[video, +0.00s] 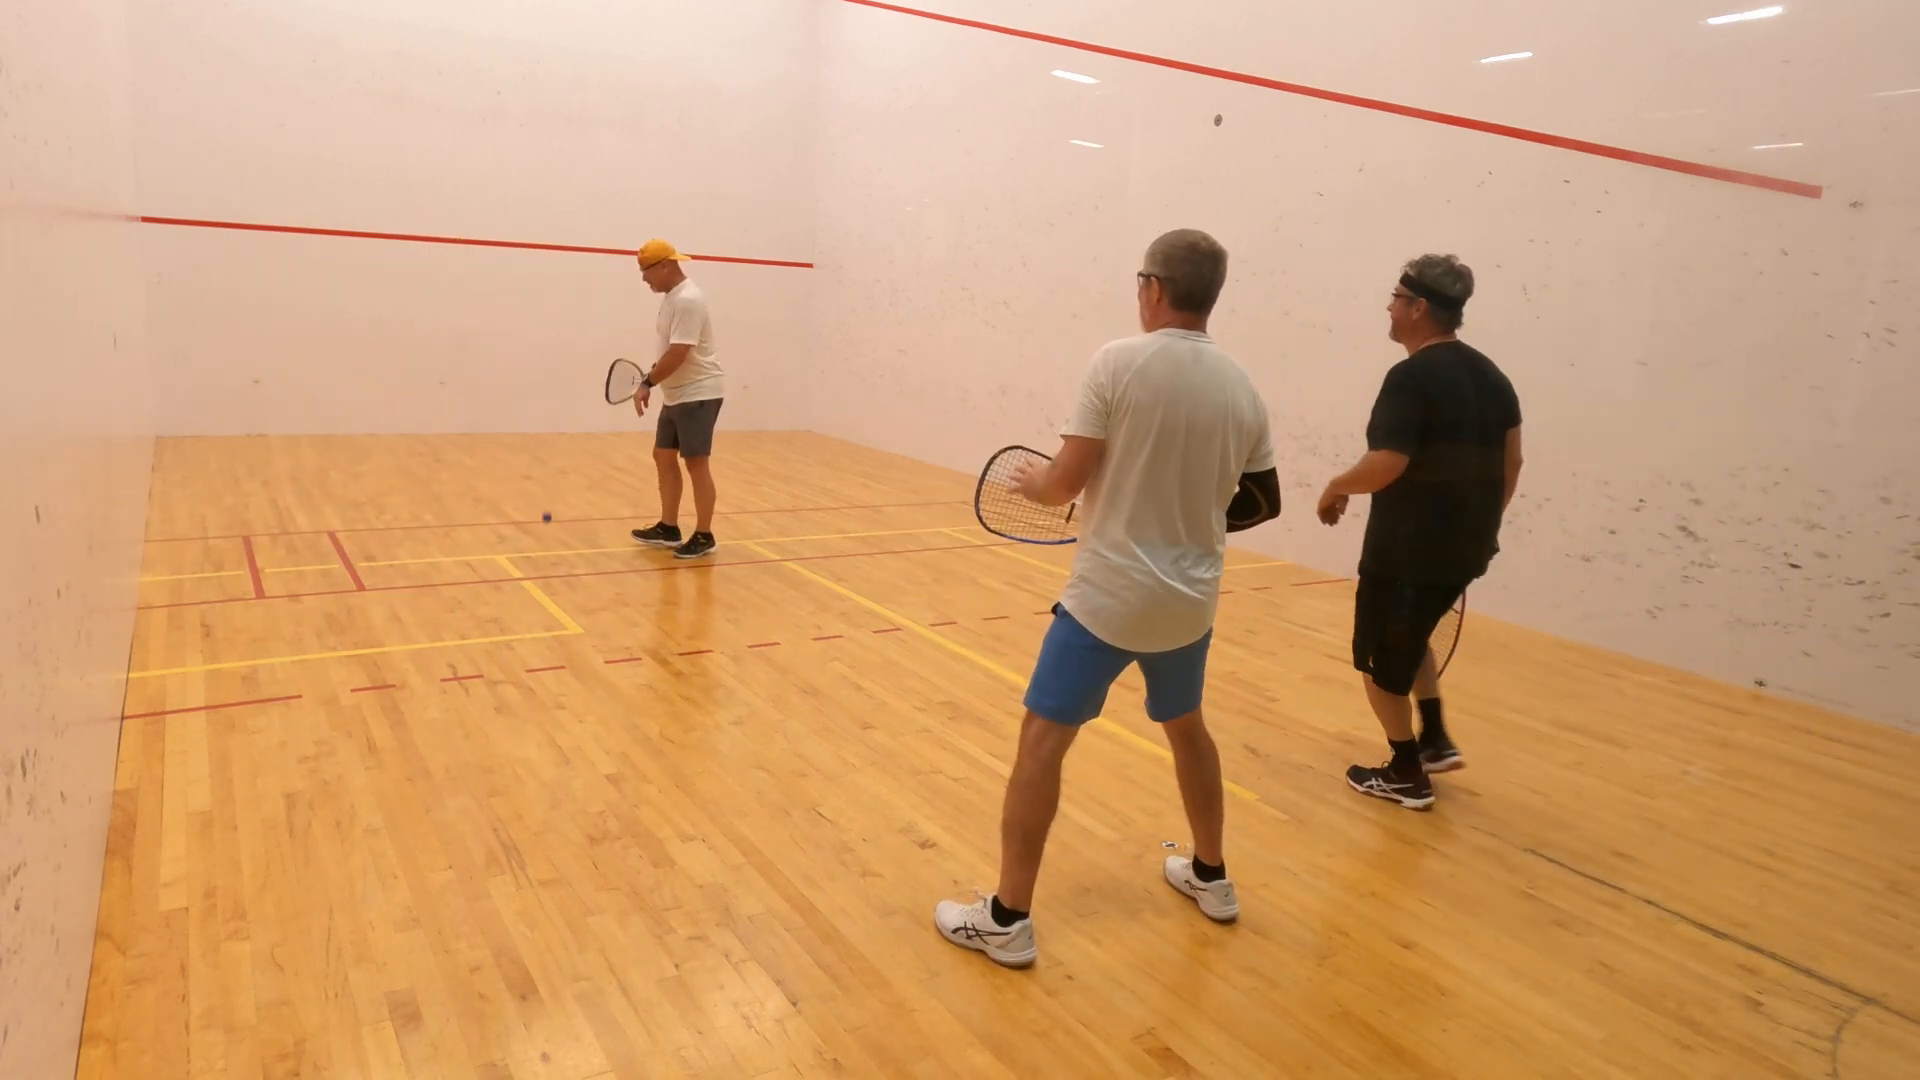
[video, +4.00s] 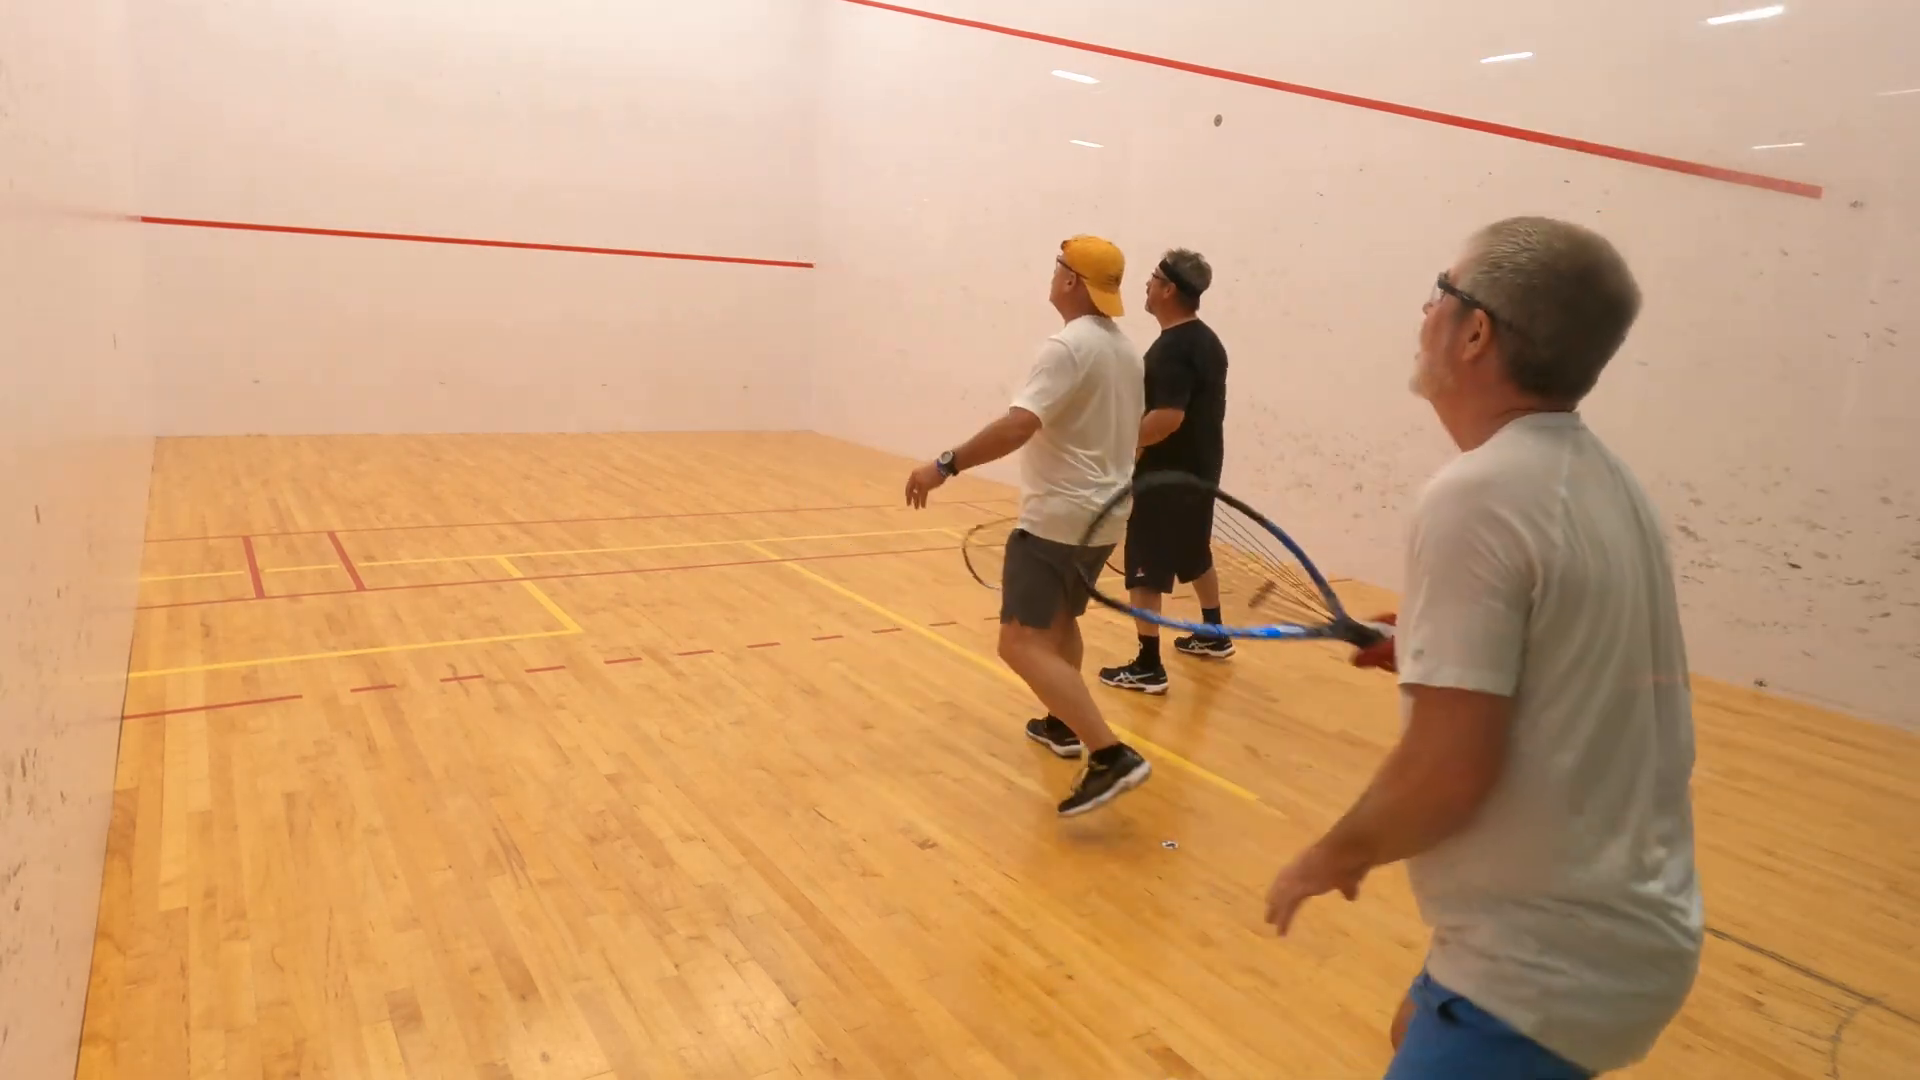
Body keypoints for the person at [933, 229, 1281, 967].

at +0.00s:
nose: (1137, 295)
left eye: (1140, 284)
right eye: (1144, 283)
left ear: (1152, 290)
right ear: (1211, 299)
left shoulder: (1121, 364)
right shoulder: (1239, 386)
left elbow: (1062, 485)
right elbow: (1261, 500)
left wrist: (1033, 481)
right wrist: (1181, 513)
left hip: (1107, 598)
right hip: (1190, 605)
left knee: (1042, 741)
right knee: (1186, 726)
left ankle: (1008, 916)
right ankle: (1210, 874)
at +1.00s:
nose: (1356, 278)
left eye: (1362, 268)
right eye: (1363, 265)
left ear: (1382, 286)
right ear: (1444, 295)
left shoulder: (1361, 389)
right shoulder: (1479, 389)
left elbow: (1350, 539)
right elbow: (1507, 523)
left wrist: (1299, 679)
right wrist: (1436, 601)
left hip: (1364, 657)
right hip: (1432, 653)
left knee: (1346, 843)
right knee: (1344, 790)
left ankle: (1381, 1034)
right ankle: (1339, 944)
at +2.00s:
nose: (1576, 277)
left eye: (1595, 249)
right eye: (1586, 250)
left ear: (1661, 268)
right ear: (1658, 270)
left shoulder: (1807, 423)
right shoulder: (1607, 422)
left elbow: (1915, 575)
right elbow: (1624, 625)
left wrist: (1905, 632)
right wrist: (1533, 733)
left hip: (1712, 898)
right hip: (1555, 842)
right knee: (1450, 1046)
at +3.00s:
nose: (1372, 177)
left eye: (1411, 156)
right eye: (1398, 150)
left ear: (1483, 219)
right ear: (1477, 222)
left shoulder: (1575, 474)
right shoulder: (1280, 374)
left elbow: (1704, 775)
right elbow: (1049, 525)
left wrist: (1890, 642)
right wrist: (1037, 475)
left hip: (1277, 1041)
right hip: (1101, 970)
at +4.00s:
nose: (1427, 308)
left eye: (1442, 292)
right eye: (1441, 288)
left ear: (1474, 336)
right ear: (1575, 356)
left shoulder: (1477, 498)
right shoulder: (1605, 481)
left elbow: (1450, 768)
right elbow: (1583, 664)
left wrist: (1340, 854)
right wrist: (1429, 645)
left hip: (1534, 966)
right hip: (1634, 932)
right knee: (1419, 1025)